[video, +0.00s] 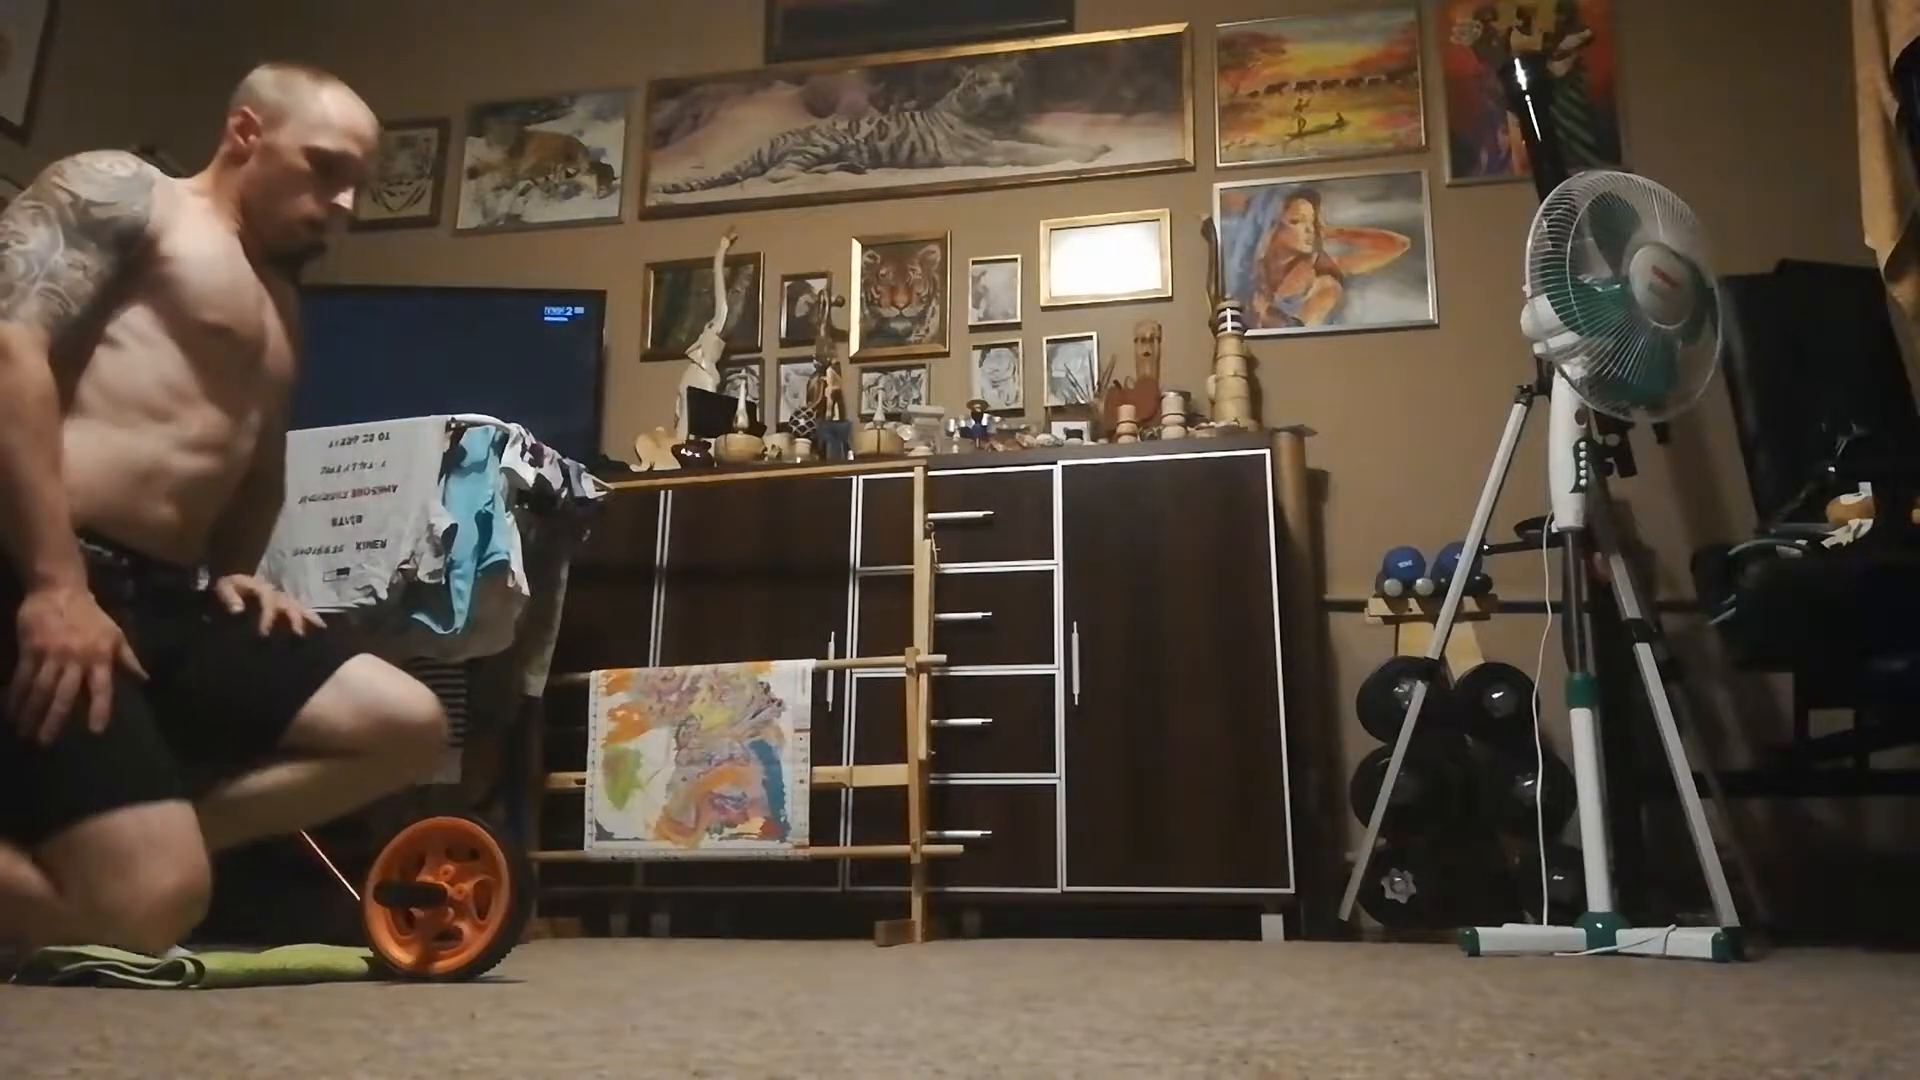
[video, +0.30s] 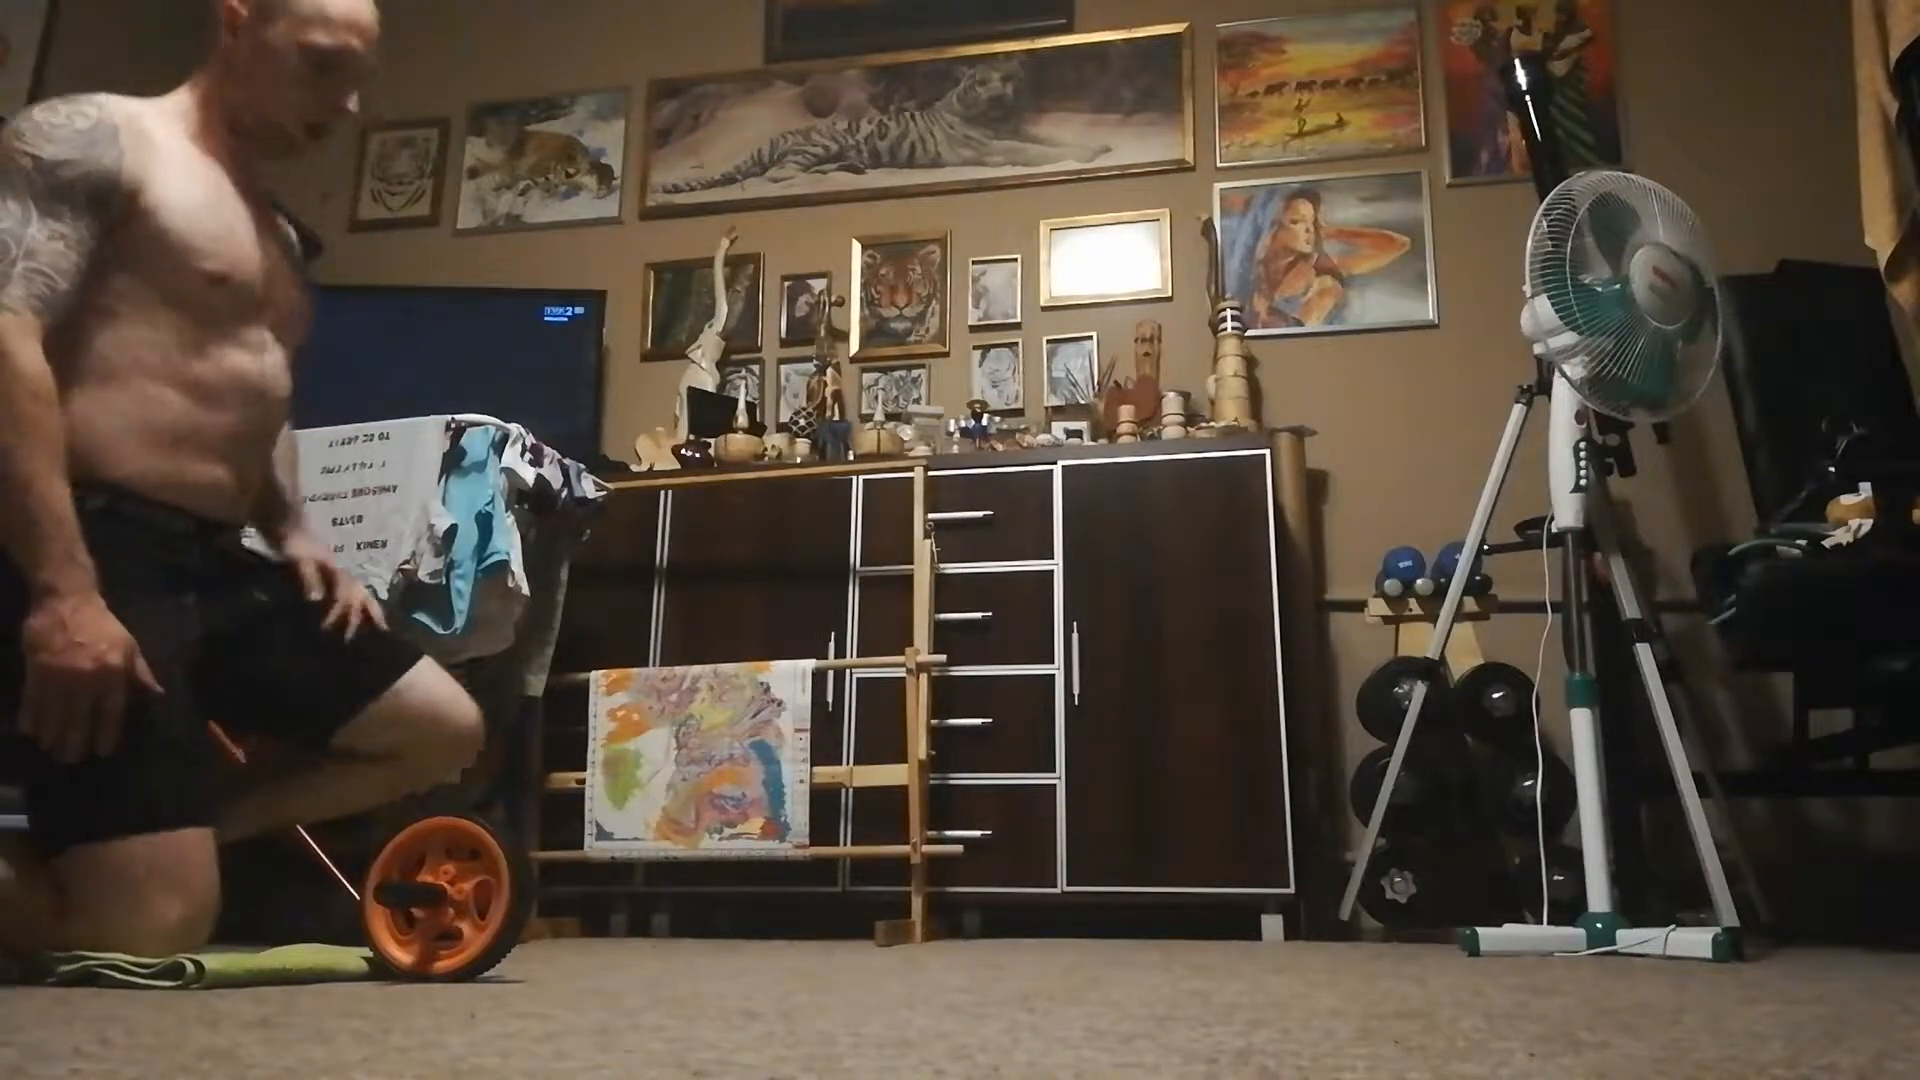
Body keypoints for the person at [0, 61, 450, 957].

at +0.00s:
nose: (345, 206)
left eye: (357, 188)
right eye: (326, 173)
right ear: (244, 136)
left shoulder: (278, 300)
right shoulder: (117, 191)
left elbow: (257, 464)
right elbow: (15, 347)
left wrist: (238, 569)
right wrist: (55, 584)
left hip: (175, 605)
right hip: (54, 583)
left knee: (404, 730)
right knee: (145, 903)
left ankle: (117, 851)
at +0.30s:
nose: (344, 107)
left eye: (357, 83)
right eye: (322, 67)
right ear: (235, 25)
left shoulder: (282, 238)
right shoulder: (90, 136)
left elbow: (255, 409)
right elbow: (11, 339)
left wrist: (301, 535)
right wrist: (64, 590)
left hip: (229, 563)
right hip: (99, 548)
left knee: (437, 735)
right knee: (152, 920)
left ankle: (163, 834)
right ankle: (18, 880)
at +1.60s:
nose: (514, 147)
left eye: (534, 125)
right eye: (501, 105)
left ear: (541, 129)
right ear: (421, 57)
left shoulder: (464, 300)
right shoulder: (252, 167)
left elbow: (478, 490)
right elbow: (152, 362)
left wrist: (558, 551)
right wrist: (242, 587)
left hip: (331, 601)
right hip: (187, 563)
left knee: (333, 932)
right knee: (182, 923)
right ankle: (7, 839)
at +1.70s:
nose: (510, 157)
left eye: (529, 134)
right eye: (498, 116)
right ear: (416, 69)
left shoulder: (463, 303)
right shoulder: (242, 182)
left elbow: (482, 498)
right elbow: (173, 406)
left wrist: (533, 647)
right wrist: (279, 632)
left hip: (301, 601)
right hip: (158, 574)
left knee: (332, 926)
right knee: (182, 921)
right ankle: (7, 841)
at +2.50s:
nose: (580, 320)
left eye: (597, 301)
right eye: (570, 285)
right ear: (487, 227)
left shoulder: (491, 447)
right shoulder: (319, 335)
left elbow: (487, 647)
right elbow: (328, 595)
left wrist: (481, 830)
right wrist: (386, 831)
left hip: (242, 645)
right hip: (87, 602)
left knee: (337, 924)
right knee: (182, 925)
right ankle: (10, 862)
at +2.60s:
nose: (585, 317)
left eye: (601, 298)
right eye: (574, 282)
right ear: (491, 226)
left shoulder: (495, 448)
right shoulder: (322, 331)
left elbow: (487, 645)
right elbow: (329, 593)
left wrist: (475, 826)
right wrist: (394, 827)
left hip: (244, 644)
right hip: (88, 599)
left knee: (335, 927)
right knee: (182, 925)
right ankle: (10, 859)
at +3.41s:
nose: (621, 287)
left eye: (636, 265)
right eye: (607, 250)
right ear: (520, 206)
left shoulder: (535, 434)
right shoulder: (360, 320)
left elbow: (513, 627)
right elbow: (355, 588)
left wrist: (489, 819)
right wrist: (401, 828)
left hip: (260, 638)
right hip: (109, 585)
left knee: (354, 914)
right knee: (178, 927)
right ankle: (9, 858)